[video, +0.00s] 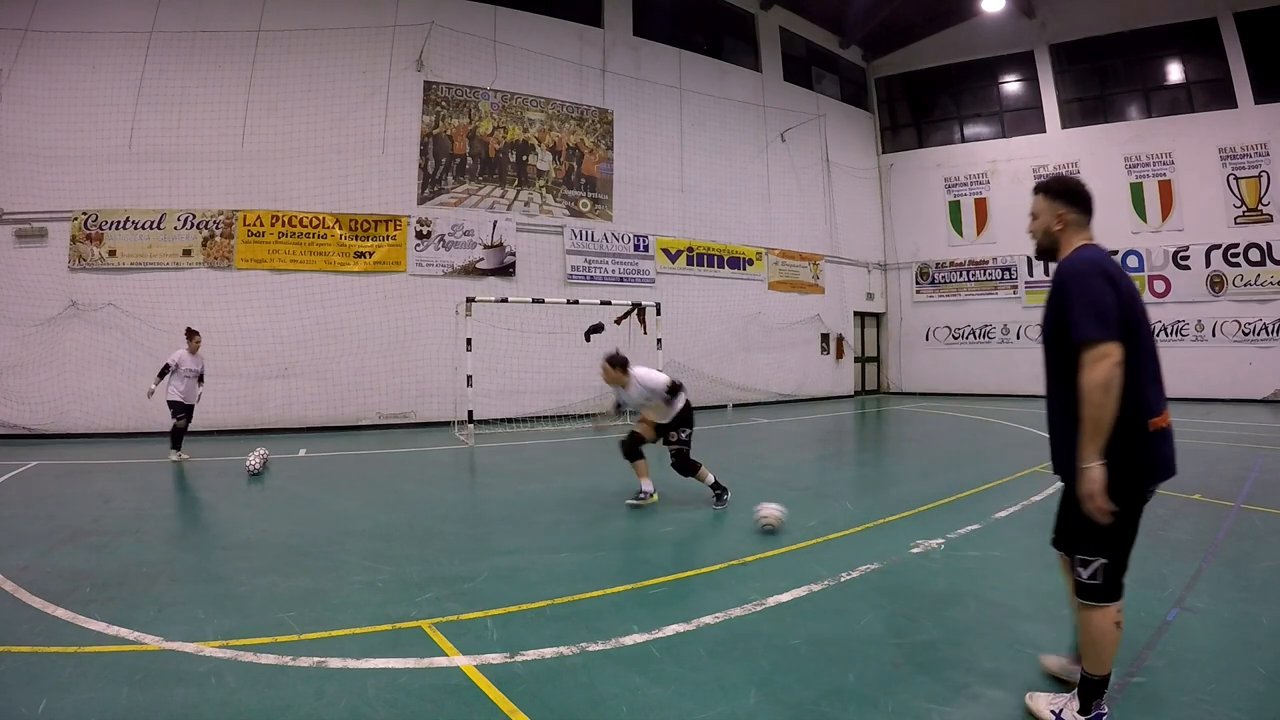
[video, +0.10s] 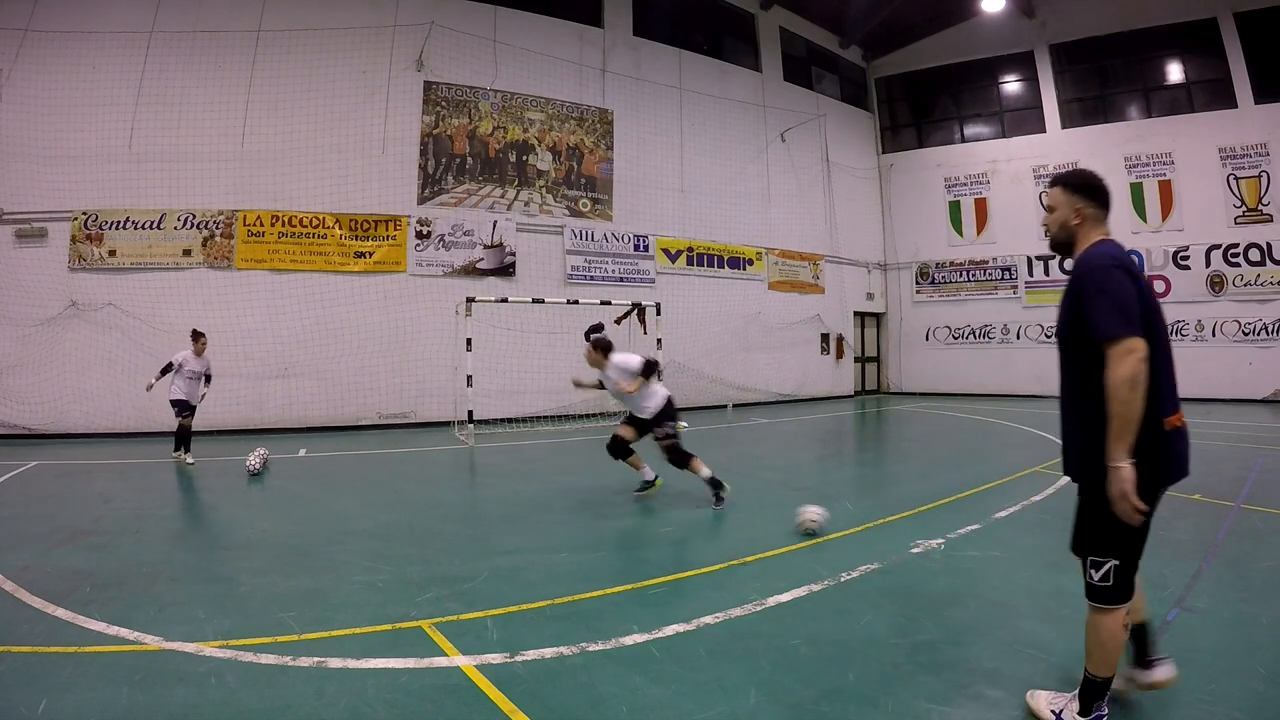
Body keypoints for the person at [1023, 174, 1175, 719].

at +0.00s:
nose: (1029, 227)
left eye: (1035, 217)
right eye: (1030, 217)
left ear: (1060, 218)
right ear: (1070, 219)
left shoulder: (1084, 271)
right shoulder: (1084, 267)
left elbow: (1104, 364)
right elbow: (1103, 364)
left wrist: (1090, 459)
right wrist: (1085, 454)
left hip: (1118, 455)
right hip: (1109, 450)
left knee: (1098, 579)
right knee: (1072, 550)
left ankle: (1091, 704)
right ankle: (1085, 658)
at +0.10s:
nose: (1042, 220)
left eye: (1049, 209)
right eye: (1044, 210)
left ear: (1080, 212)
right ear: (1086, 214)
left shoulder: (1100, 268)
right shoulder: (1110, 262)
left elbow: (1129, 358)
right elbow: (1123, 362)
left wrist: (1119, 458)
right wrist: (1100, 452)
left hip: (1122, 457)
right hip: (1126, 451)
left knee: (1105, 578)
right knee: (1110, 556)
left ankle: (1090, 704)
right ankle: (1147, 659)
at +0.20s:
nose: (1056, 218)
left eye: (1065, 207)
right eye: (1057, 208)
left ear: (1098, 211)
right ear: (1103, 213)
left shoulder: (1117, 271)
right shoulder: (1124, 265)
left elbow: (1149, 363)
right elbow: (1137, 369)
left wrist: (1138, 465)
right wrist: (1115, 458)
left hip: (1126, 465)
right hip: (1137, 458)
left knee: (1112, 592)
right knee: (1135, 562)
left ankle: (1088, 707)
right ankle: (1189, 662)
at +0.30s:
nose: (1075, 216)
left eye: (1083, 206)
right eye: (1076, 206)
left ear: (1118, 211)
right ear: (1118, 214)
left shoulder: (1135, 272)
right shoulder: (1140, 266)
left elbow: (1164, 366)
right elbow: (1155, 369)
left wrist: (1145, 470)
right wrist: (1130, 462)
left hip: (1136, 468)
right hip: (1155, 462)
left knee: (1116, 595)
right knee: (1160, 568)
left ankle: (1089, 706)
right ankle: (1212, 668)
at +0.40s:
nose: (1093, 218)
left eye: (1102, 207)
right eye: (1095, 208)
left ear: (1134, 213)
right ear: (1138, 215)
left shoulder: (1153, 274)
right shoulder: (1158, 269)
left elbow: (1177, 370)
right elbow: (1174, 372)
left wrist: (1147, 470)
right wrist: (1138, 461)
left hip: (1152, 471)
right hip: (1178, 464)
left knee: (1121, 595)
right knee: (1176, 569)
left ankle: (1089, 706)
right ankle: (1214, 675)